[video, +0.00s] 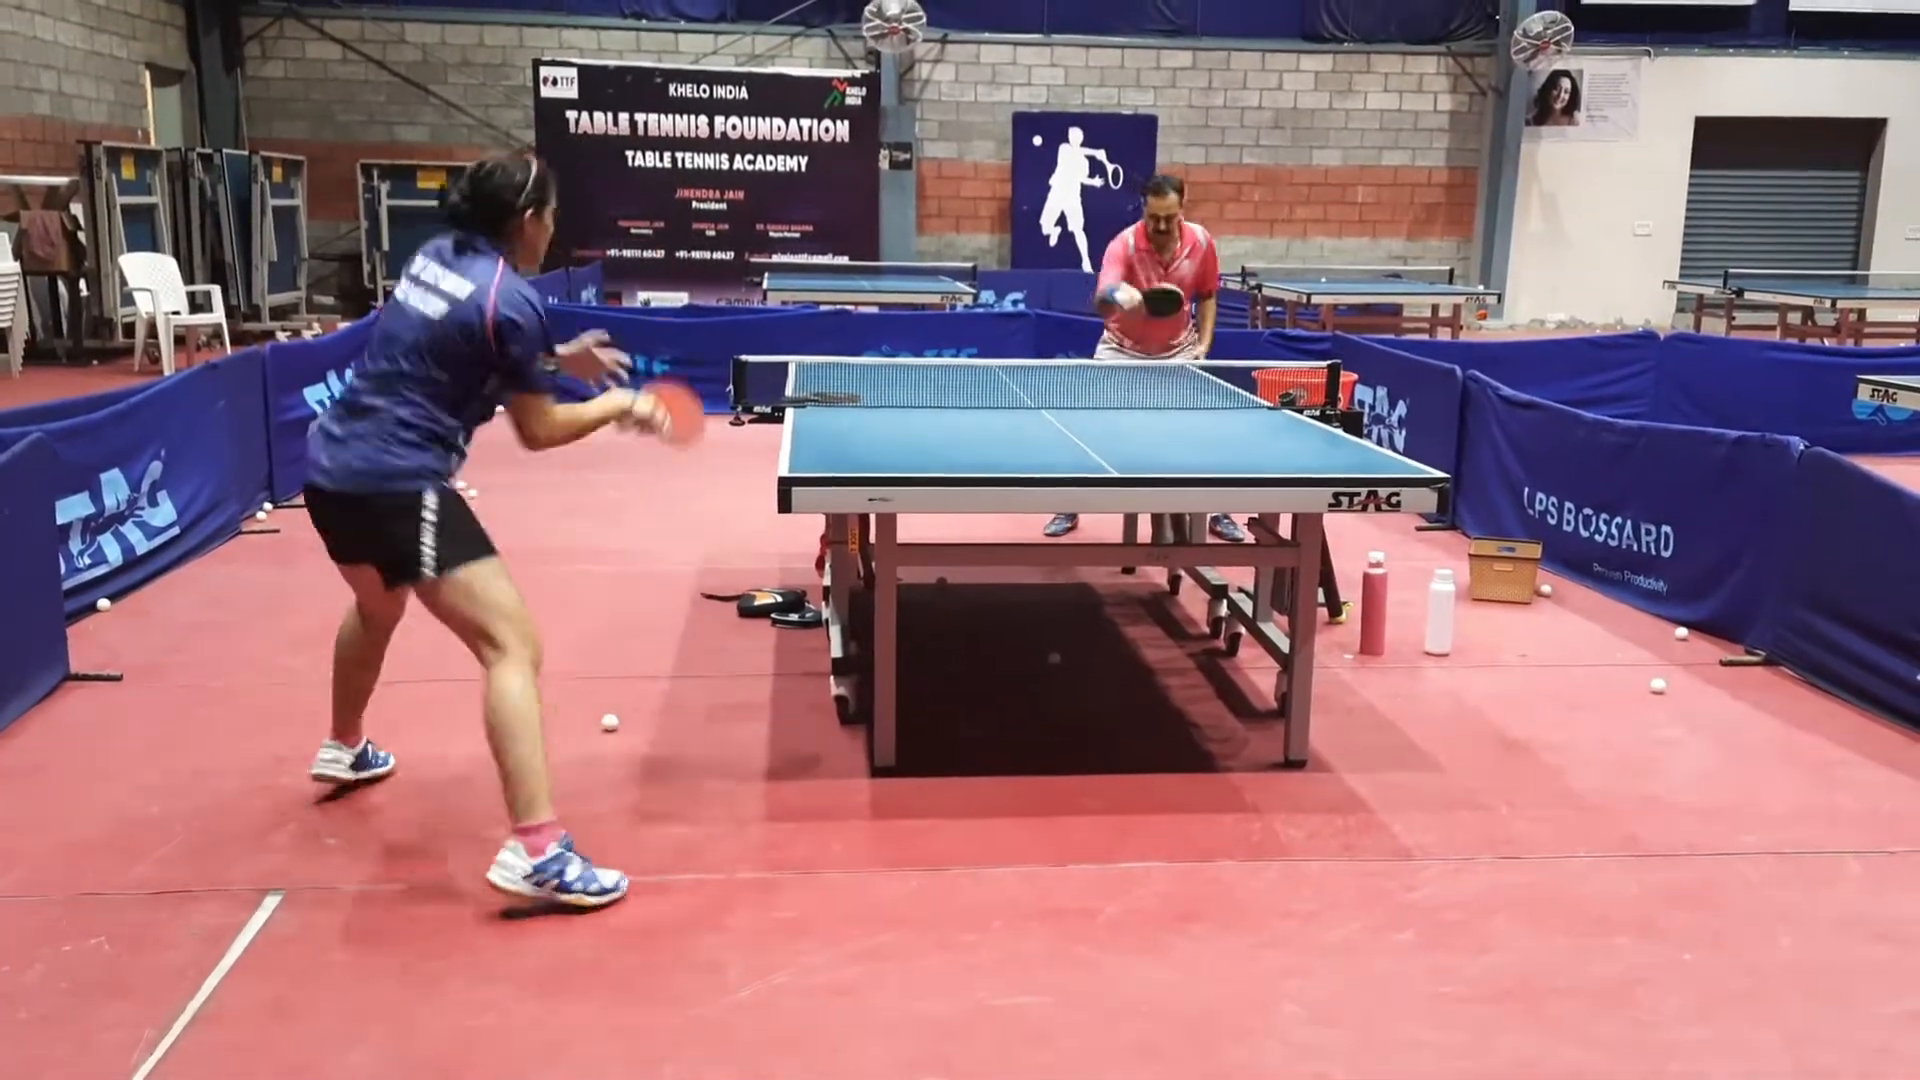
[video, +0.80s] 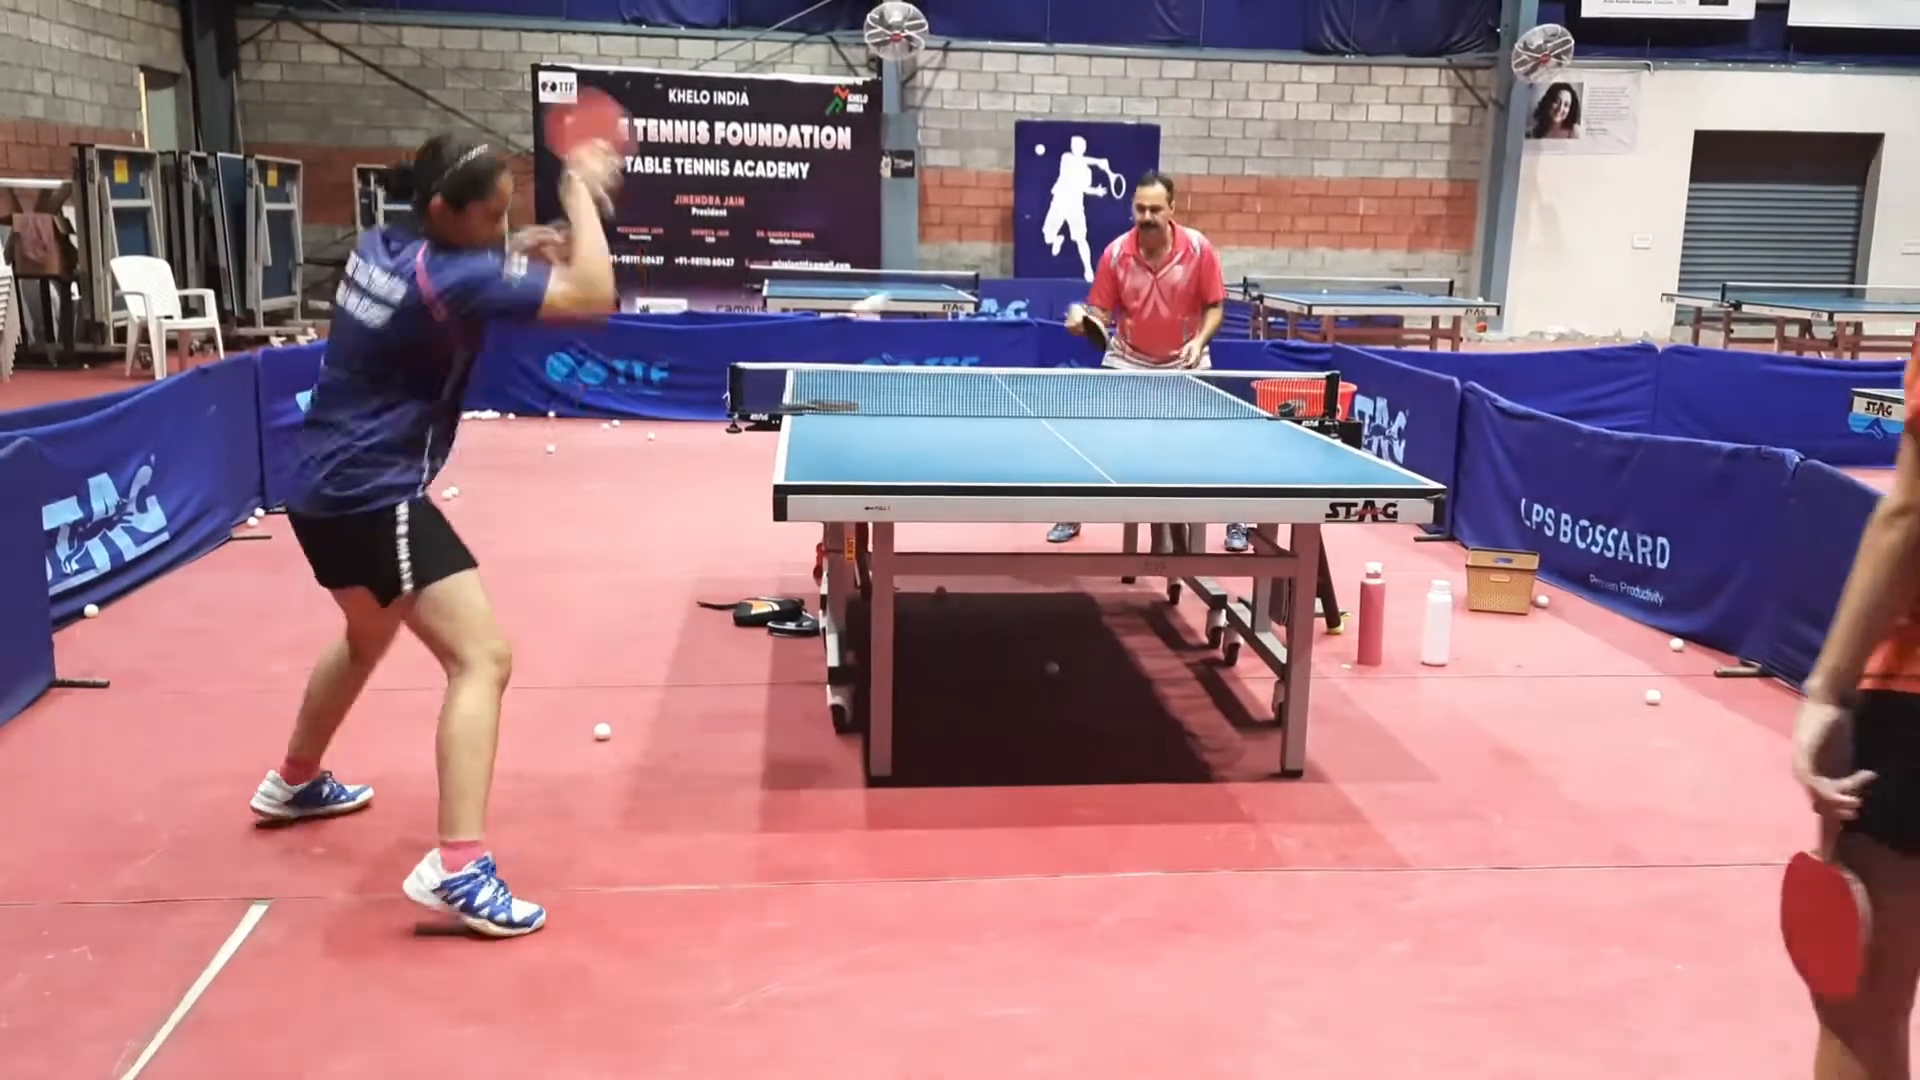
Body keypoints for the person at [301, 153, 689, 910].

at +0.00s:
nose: (551, 230)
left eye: (550, 215)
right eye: (548, 216)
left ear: (479, 210)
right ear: (527, 220)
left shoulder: (439, 252)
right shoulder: (511, 302)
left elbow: (467, 358)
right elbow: (538, 426)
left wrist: (559, 356)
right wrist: (620, 408)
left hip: (330, 470)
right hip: (403, 481)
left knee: (377, 603)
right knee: (511, 648)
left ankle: (341, 747)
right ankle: (537, 849)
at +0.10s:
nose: (573, 239)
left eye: (573, 225)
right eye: (570, 226)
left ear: (510, 221)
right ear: (543, 230)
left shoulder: (475, 262)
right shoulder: (505, 308)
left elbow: (499, 374)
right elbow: (484, 439)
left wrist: (583, 407)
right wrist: (579, 463)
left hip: (336, 464)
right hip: (381, 479)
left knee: (392, 614)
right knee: (498, 651)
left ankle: (320, 760)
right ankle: (469, 861)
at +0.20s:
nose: (590, 286)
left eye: (589, 273)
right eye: (584, 273)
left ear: (538, 274)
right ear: (552, 280)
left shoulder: (520, 337)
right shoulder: (483, 351)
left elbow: (534, 429)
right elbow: (431, 481)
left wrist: (597, 484)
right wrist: (538, 529)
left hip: (367, 507)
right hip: (367, 515)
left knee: (411, 650)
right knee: (501, 671)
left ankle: (309, 776)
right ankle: (459, 873)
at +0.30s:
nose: (588, 333)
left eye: (587, 319)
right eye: (581, 320)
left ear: (538, 322)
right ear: (547, 325)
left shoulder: (537, 388)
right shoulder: (451, 391)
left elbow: (551, 476)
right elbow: (379, 508)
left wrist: (586, 551)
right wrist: (476, 578)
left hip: (393, 539)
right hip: (349, 541)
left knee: (435, 669)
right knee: (499, 678)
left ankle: (307, 778)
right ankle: (456, 879)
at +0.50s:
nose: (550, 353)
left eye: (550, 340)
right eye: (542, 340)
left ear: (500, 342)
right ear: (495, 344)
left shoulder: (521, 393)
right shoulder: (396, 411)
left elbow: (544, 485)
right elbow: (326, 527)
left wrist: (574, 582)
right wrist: (366, 620)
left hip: (407, 548)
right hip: (351, 549)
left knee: (424, 689)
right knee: (478, 673)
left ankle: (303, 781)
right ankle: (451, 883)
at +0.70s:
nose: (501, 275)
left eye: (503, 260)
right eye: (492, 262)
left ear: (445, 257)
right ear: (441, 259)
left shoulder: (422, 289)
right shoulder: (417, 346)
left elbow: (482, 344)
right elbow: (484, 456)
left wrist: (584, 345)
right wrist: (576, 420)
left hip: (356, 507)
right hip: (362, 516)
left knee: (399, 659)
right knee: (478, 671)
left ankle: (293, 784)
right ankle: (452, 879)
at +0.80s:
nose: (507, 223)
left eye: (509, 209)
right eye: (498, 211)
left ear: (438, 208)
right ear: (453, 212)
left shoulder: (384, 241)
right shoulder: (456, 277)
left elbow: (444, 278)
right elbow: (593, 294)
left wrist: (516, 247)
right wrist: (584, 191)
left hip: (321, 486)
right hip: (377, 493)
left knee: (367, 635)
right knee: (483, 659)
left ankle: (294, 781)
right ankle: (459, 865)